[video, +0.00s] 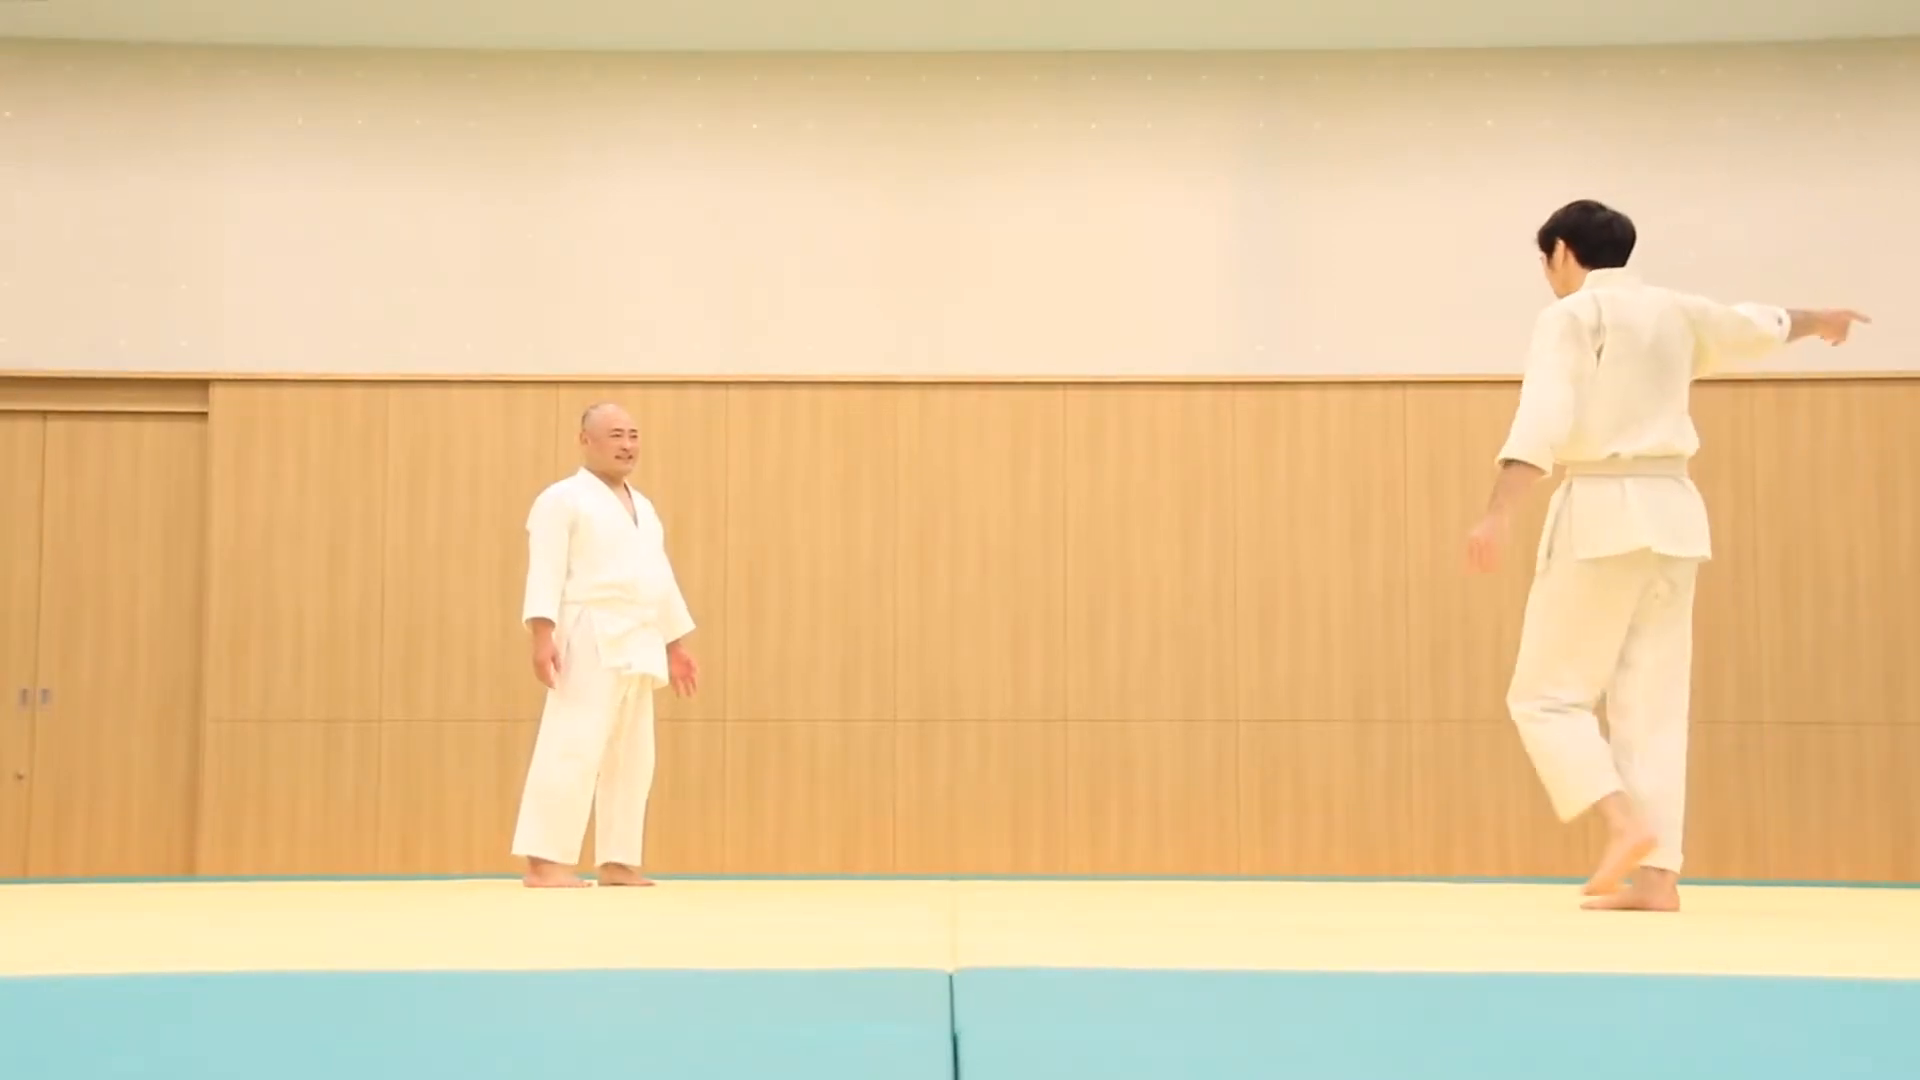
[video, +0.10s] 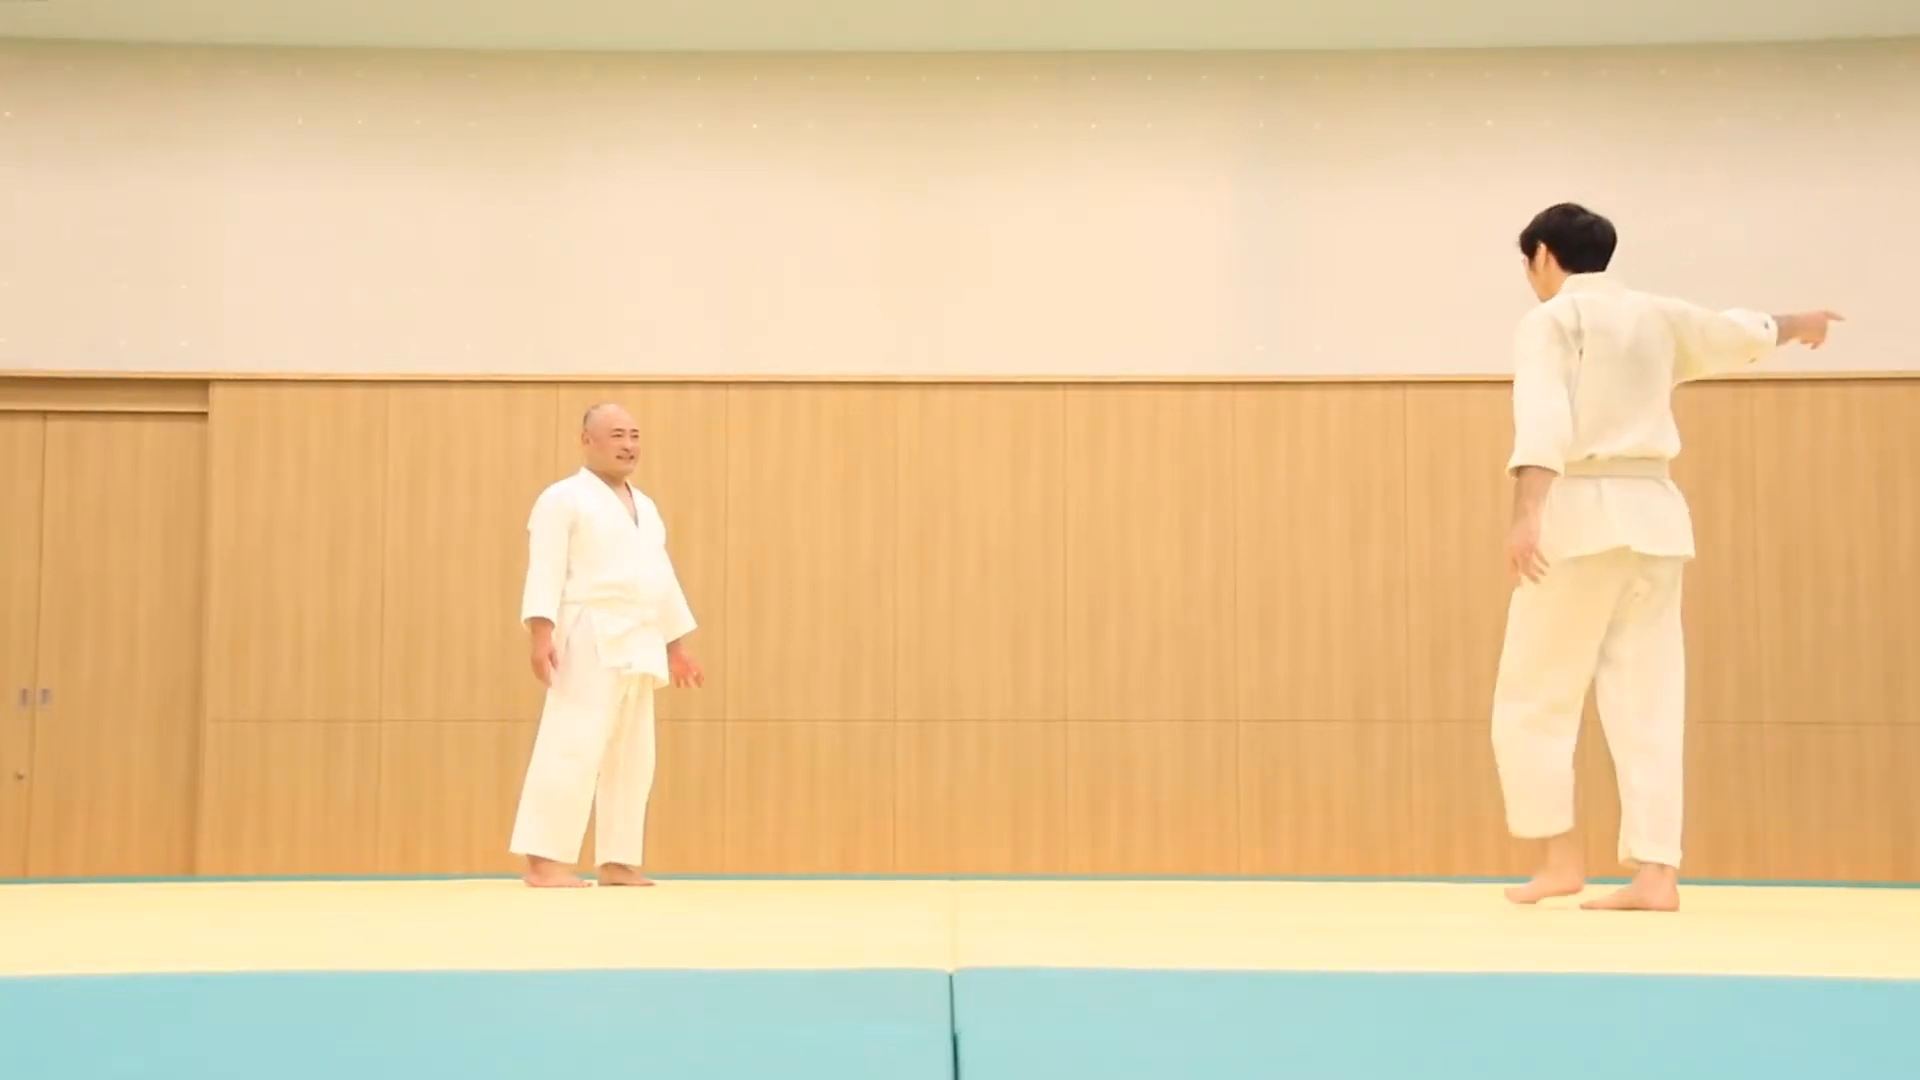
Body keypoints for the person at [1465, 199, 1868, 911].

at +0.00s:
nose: (1546, 275)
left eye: (1545, 261)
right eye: (1544, 263)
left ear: (1565, 255)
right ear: (1621, 255)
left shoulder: (1567, 317)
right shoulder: (1671, 309)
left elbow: (1543, 417)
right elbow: (1748, 325)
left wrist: (1496, 510)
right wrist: (1816, 320)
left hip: (1599, 522)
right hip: (1675, 521)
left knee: (1546, 695)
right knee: (1653, 698)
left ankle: (1623, 822)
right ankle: (1655, 878)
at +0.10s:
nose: (1530, 277)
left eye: (1530, 263)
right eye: (1529, 264)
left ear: (1548, 257)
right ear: (1600, 258)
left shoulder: (1549, 321)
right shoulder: (1653, 311)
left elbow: (1543, 415)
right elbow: (1726, 330)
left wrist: (1526, 511)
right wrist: (1791, 326)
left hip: (1581, 520)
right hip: (1657, 521)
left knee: (1535, 690)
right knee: (1647, 692)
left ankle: (1559, 859)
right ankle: (1656, 877)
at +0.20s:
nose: (1509, 284)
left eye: (1508, 271)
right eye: (1507, 272)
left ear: (1527, 265)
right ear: (1583, 265)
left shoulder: (1528, 330)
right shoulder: (1633, 321)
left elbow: (1528, 425)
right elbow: (1706, 354)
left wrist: (1527, 522)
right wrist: (1765, 362)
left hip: (1564, 524)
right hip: (1640, 522)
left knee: (1531, 694)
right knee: (1641, 704)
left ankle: (1507, 870)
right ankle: (1655, 876)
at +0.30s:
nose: (1487, 294)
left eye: (1486, 279)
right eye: (1484, 281)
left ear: (1505, 272)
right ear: (1558, 273)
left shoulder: (1509, 340)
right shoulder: (1612, 330)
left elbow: (1512, 444)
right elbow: (1682, 391)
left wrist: (1505, 546)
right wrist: (1717, 427)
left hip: (1547, 533)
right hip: (1622, 528)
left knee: (1519, 707)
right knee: (1627, 702)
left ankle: (1511, 877)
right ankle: (1653, 865)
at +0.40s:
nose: (1466, 301)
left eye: (1465, 286)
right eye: (1464, 287)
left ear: (1482, 276)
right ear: (1532, 277)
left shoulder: (1491, 346)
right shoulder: (1596, 340)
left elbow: (1490, 460)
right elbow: (1648, 451)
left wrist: (1466, 562)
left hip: (1529, 536)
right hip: (1604, 531)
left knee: (1510, 702)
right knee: (1601, 698)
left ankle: (1512, 877)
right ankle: (1640, 838)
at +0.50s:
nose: (1450, 306)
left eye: (1450, 291)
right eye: (1449, 292)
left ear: (1468, 285)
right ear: (1515, 284)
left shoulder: (1479, 351)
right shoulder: (1582, 346)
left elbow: (1461, 465)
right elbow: (1611, 460)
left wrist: (1426, 565)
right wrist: (1588, 529)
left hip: (1516, 537)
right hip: (1594, 535)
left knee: (1503, 701)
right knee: (1572, 706)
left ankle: (1511, 878)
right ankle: (1619, 823)